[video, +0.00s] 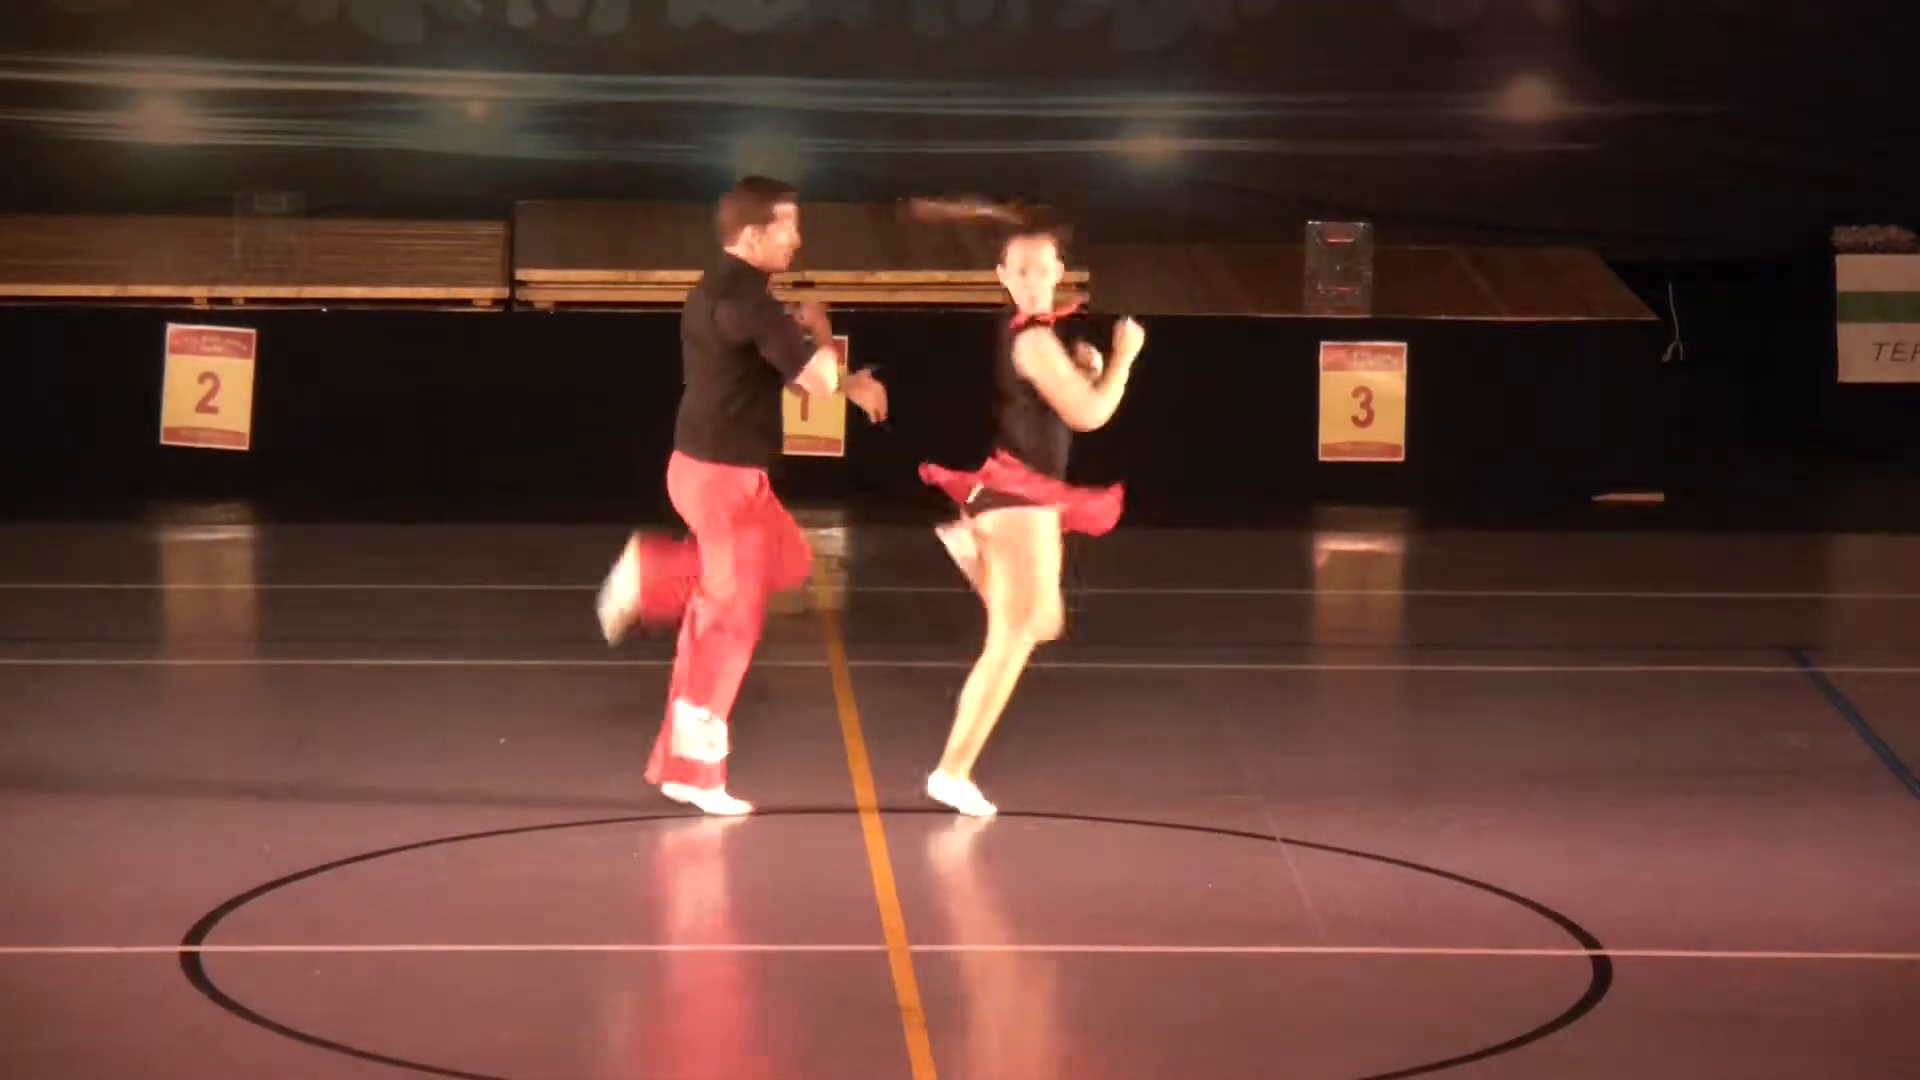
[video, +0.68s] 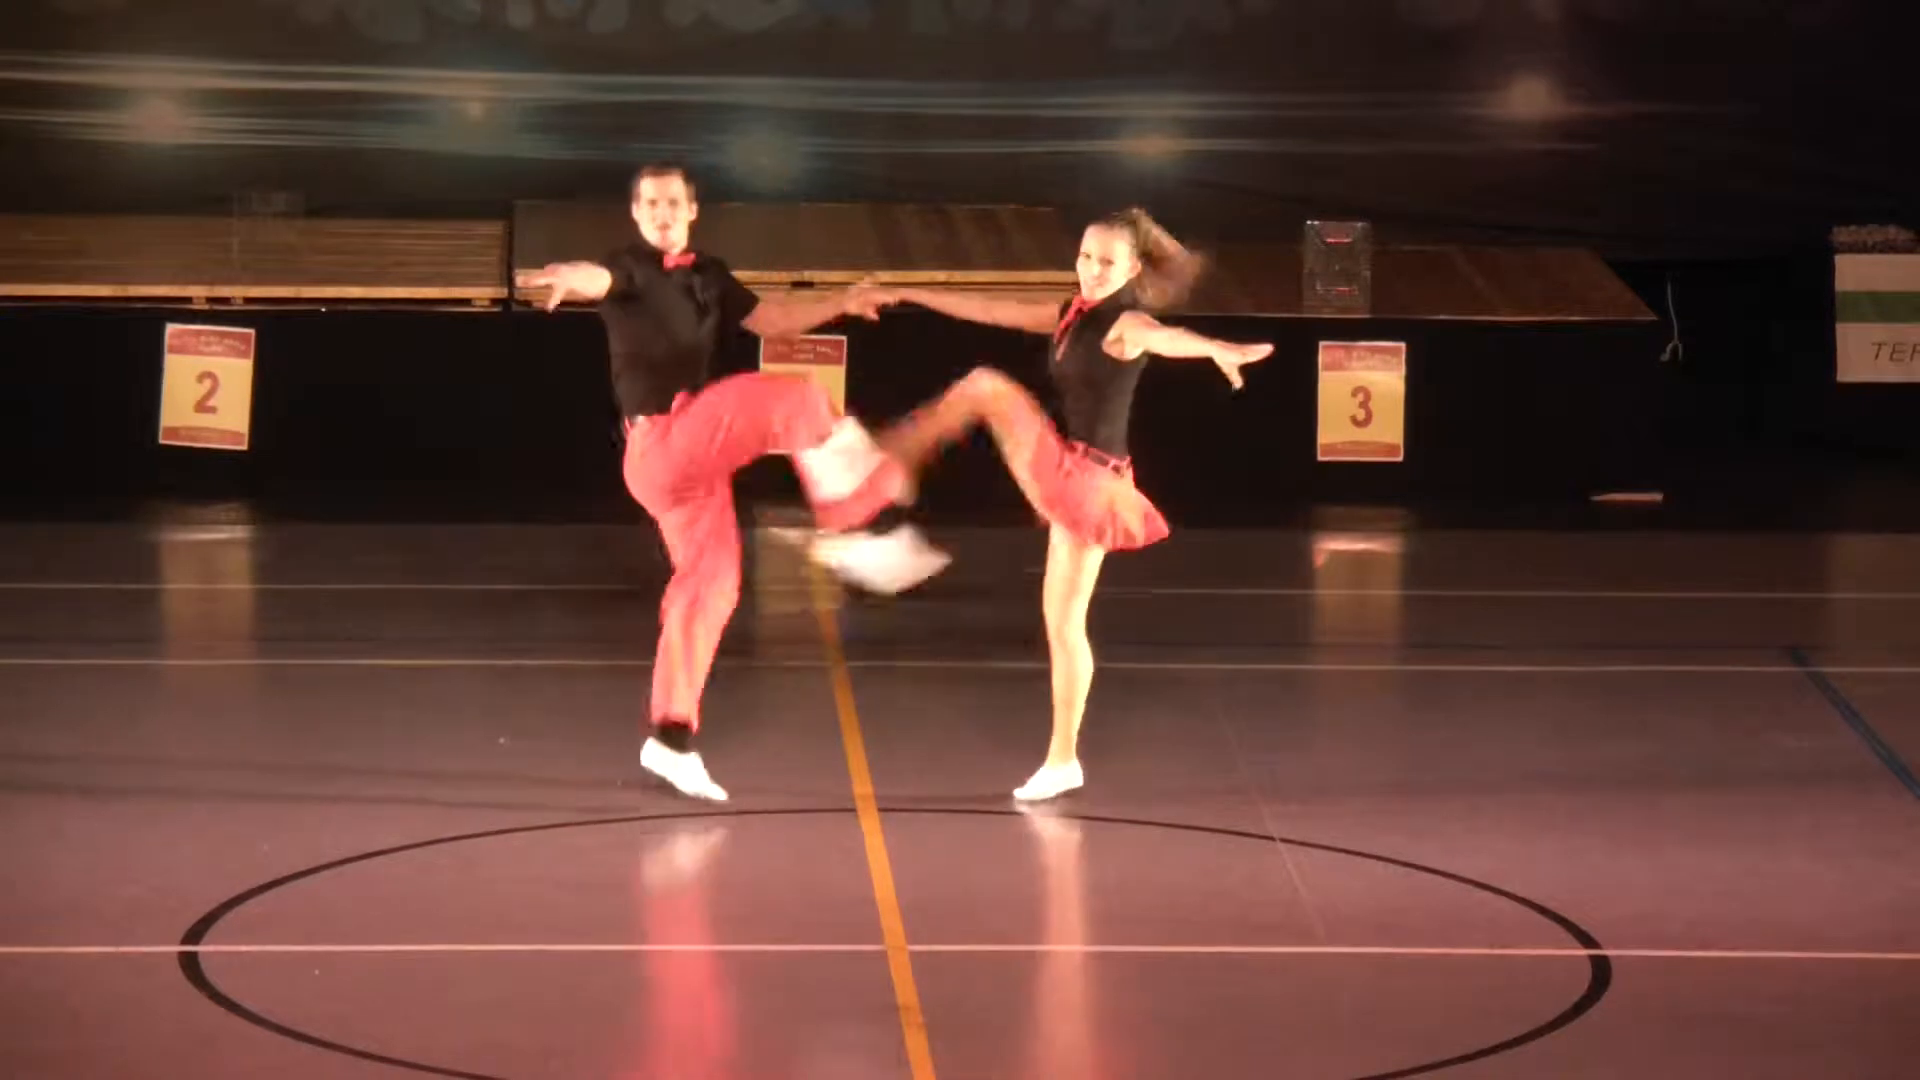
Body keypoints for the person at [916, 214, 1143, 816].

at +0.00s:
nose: (1044, 274)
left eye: (1049, 262)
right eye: (1030, 265)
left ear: (1056, 268)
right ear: (1006, 273)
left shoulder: (1033, 333)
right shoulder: (1030, 340)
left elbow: (1071, 404)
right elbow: (1091, 412)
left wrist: (1085, 365)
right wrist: (1125, 358)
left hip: (1024, 500)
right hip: (1018, 504)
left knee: (1047, 621)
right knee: (1011, 636)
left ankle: (969, 547)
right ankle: (952, 771)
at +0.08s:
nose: (1015, 282)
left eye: (1027, 271)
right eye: (1008, 271)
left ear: (1062, 277)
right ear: (1003, 276)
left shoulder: (1077, 339)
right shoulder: (998, 334)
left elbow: (1090, 421)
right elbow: (1005, 414)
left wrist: (1097, 399)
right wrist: (1074, 370)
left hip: (1048, 503)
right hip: (989, 501)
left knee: (1082, 623)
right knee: (984, 636)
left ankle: (962, 587)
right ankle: (938, 767)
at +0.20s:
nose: (1013, 260)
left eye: (1025, 250)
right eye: (1015, 248)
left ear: (1062, 263)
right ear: (1033, 260)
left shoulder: (1100, 337)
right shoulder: (1000, 320)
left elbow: (1137, 421)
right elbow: (943, 385)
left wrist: (1090, 387)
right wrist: (964, 347)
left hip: (1062, 495)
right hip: (992, 489)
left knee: (1033, 629)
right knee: (960, 621)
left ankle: (1040, 758)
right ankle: (972, 751)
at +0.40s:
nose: (1039, 268)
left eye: (1049, 258)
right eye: (1040, 257)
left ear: (1080, 263)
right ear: (1075, 263)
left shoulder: (1089, 331)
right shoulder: (1057, 327)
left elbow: (1111, 415)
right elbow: (985, 350)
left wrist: (1051, 384)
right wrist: (905, 343)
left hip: (1050, 485)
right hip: (1073, 487)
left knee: (984, 616)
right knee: (1025, 622)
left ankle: (1016, 759)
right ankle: (1027, 755)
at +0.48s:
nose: (1058, 267)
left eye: (1069, 257)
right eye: (1058, 255)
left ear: (1104, 260)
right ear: (1068, 255)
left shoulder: (1107, 316)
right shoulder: (1062, 317)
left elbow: (1139, 369)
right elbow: (984, 345)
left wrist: (1133, 371)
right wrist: (903, 341)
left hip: (1072, 475)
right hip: (1086, 481)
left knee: (929, 503)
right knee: (1034, 612)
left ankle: (948, 639)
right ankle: (1045, 753)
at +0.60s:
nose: (1089, 283)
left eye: (1104, 275)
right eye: (1084, 270)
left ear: (1133, 282)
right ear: (1075, 267)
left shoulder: (1127, 336)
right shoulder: (1072, 328)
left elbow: (1169, 346)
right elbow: (991, 324)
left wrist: (1227, 348)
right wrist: (906, 304)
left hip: (1078, 495)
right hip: (1088, 496)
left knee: (946, 449)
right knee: (1068, 629)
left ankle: (831, 376)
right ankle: (1061, 768)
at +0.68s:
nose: (1088, 269)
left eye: (1103, 261)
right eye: (1084, 257)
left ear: (1133, 270)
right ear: (1076, 257)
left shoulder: (1126, 326)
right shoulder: (1070, 316)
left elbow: (1166, 341)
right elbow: (983, 308)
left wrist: (1223, 352)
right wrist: (906, 296)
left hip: (1090, 489)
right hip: (1071, 478)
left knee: (986, 386)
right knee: (1065, 623)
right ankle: (1062, 761)